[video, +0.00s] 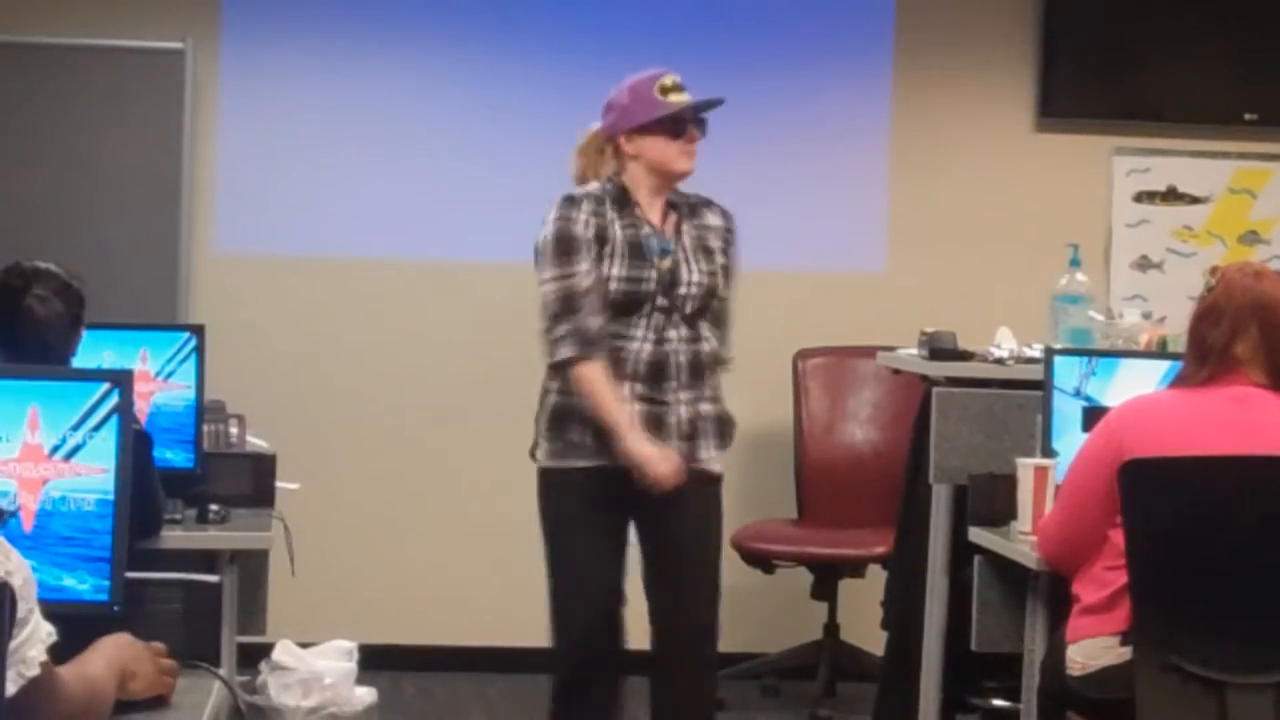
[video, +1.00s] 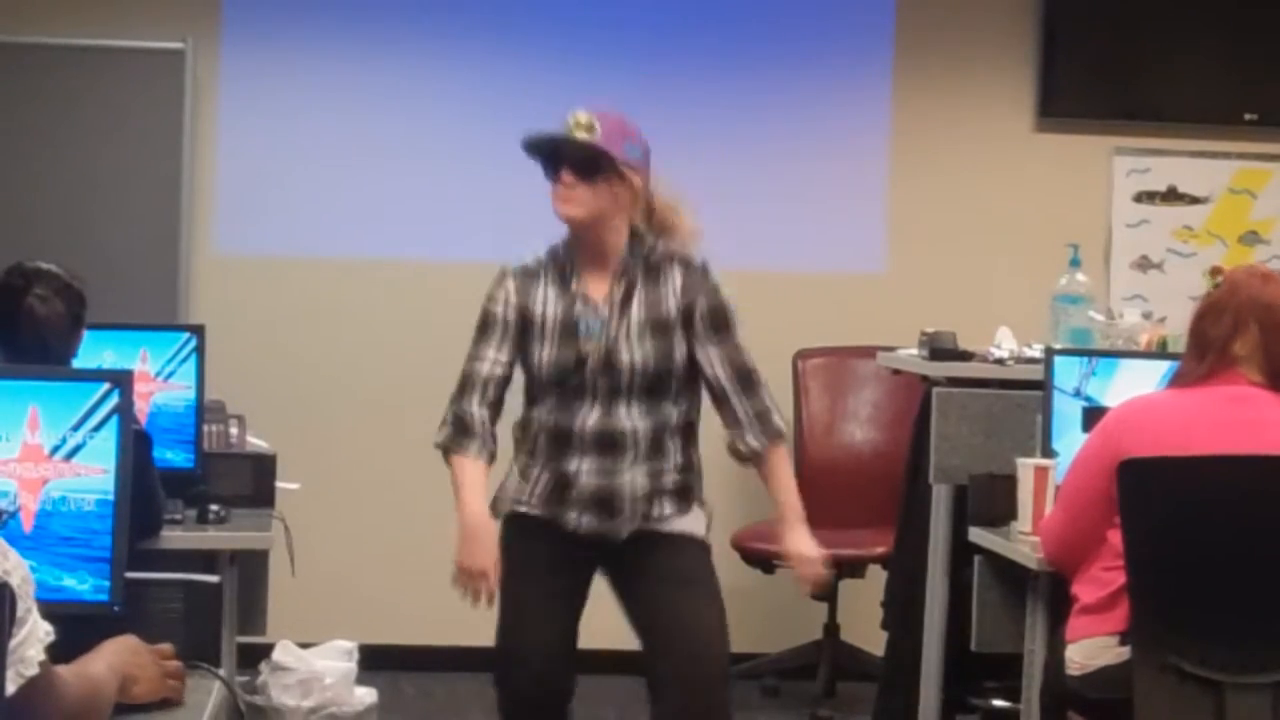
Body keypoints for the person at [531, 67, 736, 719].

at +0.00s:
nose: (694, 136)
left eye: (694, 126)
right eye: (674, 128)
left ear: (691, 134)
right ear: (627, 141)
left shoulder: (712, 221)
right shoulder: (577, 213)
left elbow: (714, 343)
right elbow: (575, 345)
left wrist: (696, 444)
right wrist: (637, 441)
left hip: (685, 462)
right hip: (583, 461)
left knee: (690, 652)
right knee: (588, 650)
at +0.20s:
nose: (695, 177)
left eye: (704, 166)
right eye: (674, 168)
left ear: (715, 179)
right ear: (638, 188)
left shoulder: (740, 280)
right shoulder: (599, 270)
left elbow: (762, 406)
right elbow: (541, 389)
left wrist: (777, 521)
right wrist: (509, 505)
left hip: (707, 499)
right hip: (603, 492)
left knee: (718, 659)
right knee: (591, 650)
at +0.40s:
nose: (644, 142)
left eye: (662, 131)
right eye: (629, 132)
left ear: (691, 147)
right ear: (613, 151)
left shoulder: (730, 229)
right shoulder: (578, 238)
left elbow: (758, 322)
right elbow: (521, 339)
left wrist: (713, 400)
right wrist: (489, 445)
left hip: (702, 474)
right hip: (605, 468)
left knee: (687, 657)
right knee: (600, 647)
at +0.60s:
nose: (602, 179)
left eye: (624, 168)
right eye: (593, 167)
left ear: (660, 184)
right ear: (582, 181)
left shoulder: (705, 272)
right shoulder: (551, 286)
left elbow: (701, 360)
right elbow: (521, 408)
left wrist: (606, 402)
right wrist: (488, 523)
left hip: (685, 511)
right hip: (582, 507)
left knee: (681, 691)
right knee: (584, 680)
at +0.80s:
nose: (570, 121)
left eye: (592, 111)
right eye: (567, 109)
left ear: (641, 127)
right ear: (560, 120)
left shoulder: (695, 211)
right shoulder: (535, 223)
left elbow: (706, 344)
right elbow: (509, 350)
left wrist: (665, 454)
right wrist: (496, 465)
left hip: (672, 469)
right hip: (567, 471)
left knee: (678, 661)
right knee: (565, 659)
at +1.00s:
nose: (561, 179)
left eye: (583, 168)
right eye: (557, 166)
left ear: (628, 186)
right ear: (549, 175)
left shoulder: (683, 282)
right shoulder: (522, 288)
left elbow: (748, 406)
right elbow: (470, 416)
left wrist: (793, 522)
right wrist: (473, 525)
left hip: (658, 517)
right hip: (546, 514)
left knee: (697, 690)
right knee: (529, 692)